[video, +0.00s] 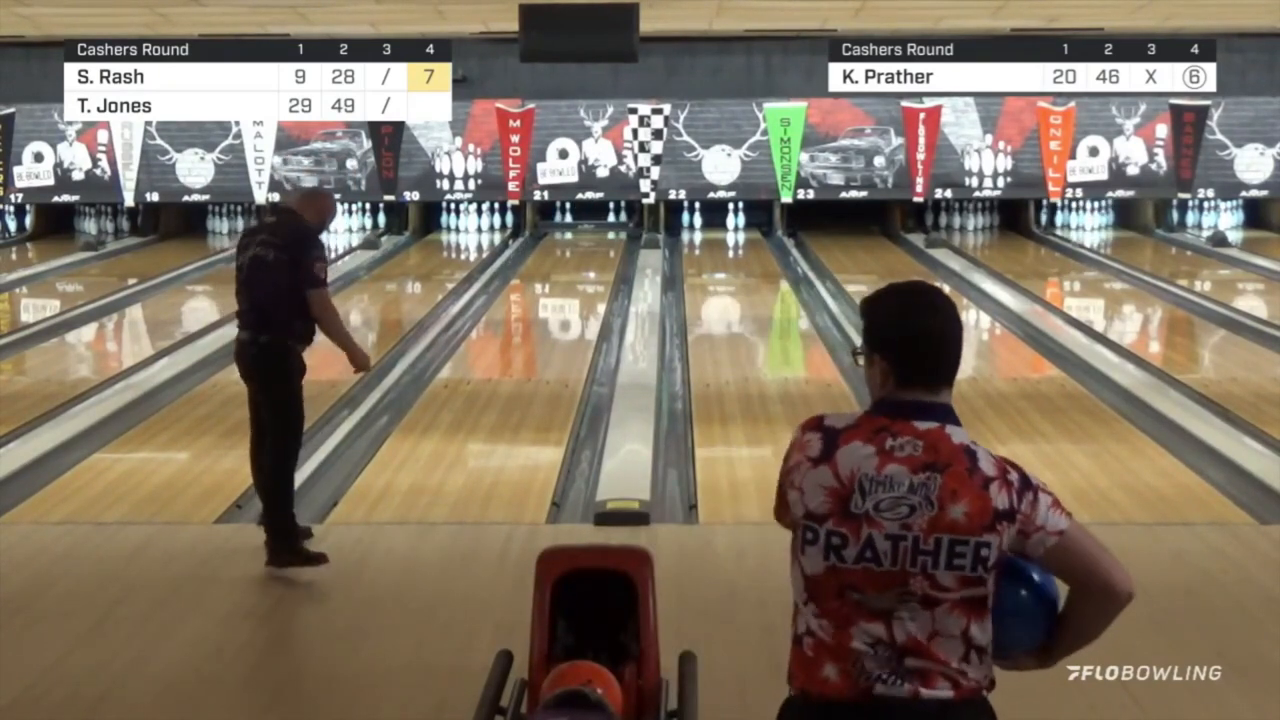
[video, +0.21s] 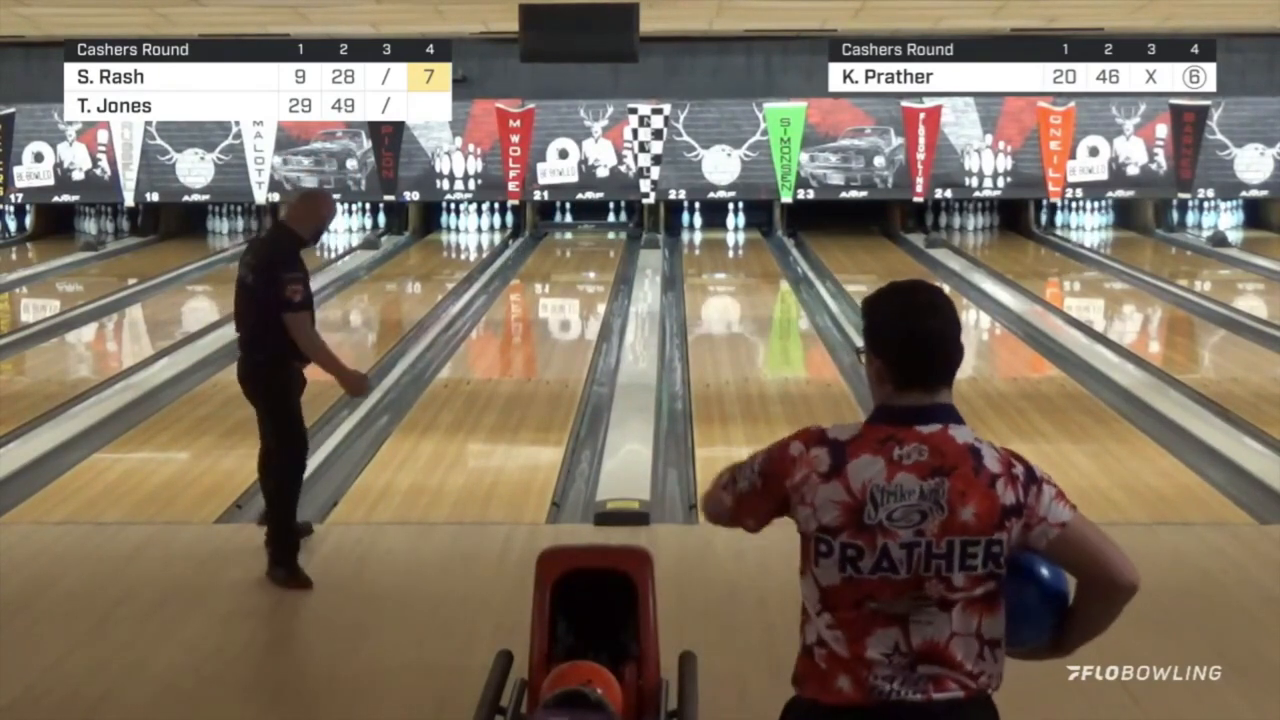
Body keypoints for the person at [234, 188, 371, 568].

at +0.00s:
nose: (324, 227)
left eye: (327, 221)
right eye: (325, 220)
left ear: (297, 204)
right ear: (315, 208)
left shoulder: (255, 231)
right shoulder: (306, 241)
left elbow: (251, 294)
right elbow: (320, 306)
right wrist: (352, 349)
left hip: (250, 347)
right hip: (278, 353)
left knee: (265, 439)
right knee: (283, 443)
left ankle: (278, 522)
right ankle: (282, 544)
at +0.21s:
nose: (322, 233)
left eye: (324, 225)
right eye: (322, 225)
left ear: (295, 211)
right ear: (307, 218)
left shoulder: (262, 247)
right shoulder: (286, 257)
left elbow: (257, 317)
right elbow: (301, 330)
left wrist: (292, 366)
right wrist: (344, 374)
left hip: (258, 367)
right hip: (276, 373)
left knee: (278, 447)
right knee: (289, 454)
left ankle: (280, 520)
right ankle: (281, 561)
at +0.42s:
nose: (317, 219)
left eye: (320, 211)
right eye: (314, 210)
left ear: (293, 204)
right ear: (293, 204)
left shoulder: (280, 246)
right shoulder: (272, 254)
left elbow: (282, 321)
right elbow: (272, 331)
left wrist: (303, 375)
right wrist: (300, 389)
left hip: (285, 368)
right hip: (271, 374)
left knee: (303, 448)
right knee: (287, 460)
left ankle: (305, 527)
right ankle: (282, 558)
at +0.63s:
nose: (319, 205)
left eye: (319, 198)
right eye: (315, 197)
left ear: (297, 200)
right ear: (293, 199)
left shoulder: (297, 246)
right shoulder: (257, 255)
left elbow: (301, 315)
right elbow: (253, 330)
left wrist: (323, 360)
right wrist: (276, 377)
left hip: (308, 374)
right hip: (263, 380)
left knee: (333, 461)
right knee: (272, 471)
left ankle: (339, 555)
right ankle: (281, 560)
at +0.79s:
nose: (317, 218)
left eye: (318, 210)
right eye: (311, 210)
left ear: (304, 210)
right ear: (285, 208)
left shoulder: (314, 255)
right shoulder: (246, 264)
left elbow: (324, 314)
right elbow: (247, 335)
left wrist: (340, 363)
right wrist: (269, 373)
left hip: (312, 381)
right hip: (261, 386)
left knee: (322, 481)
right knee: (270, 481)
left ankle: (343, 577)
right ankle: (281, 562)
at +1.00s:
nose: (304, 218)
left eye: (310, 209)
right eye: (297, 209)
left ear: (315, 213)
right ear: (276, 211)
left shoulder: (328, 267)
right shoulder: (241, 267)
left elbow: (348, 330)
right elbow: (224, 332)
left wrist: (368, 383)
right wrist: (235, 387)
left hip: (313, 395)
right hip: (258, 397)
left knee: (315, 492)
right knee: (269, 489)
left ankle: (316, 594)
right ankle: (285, 560)